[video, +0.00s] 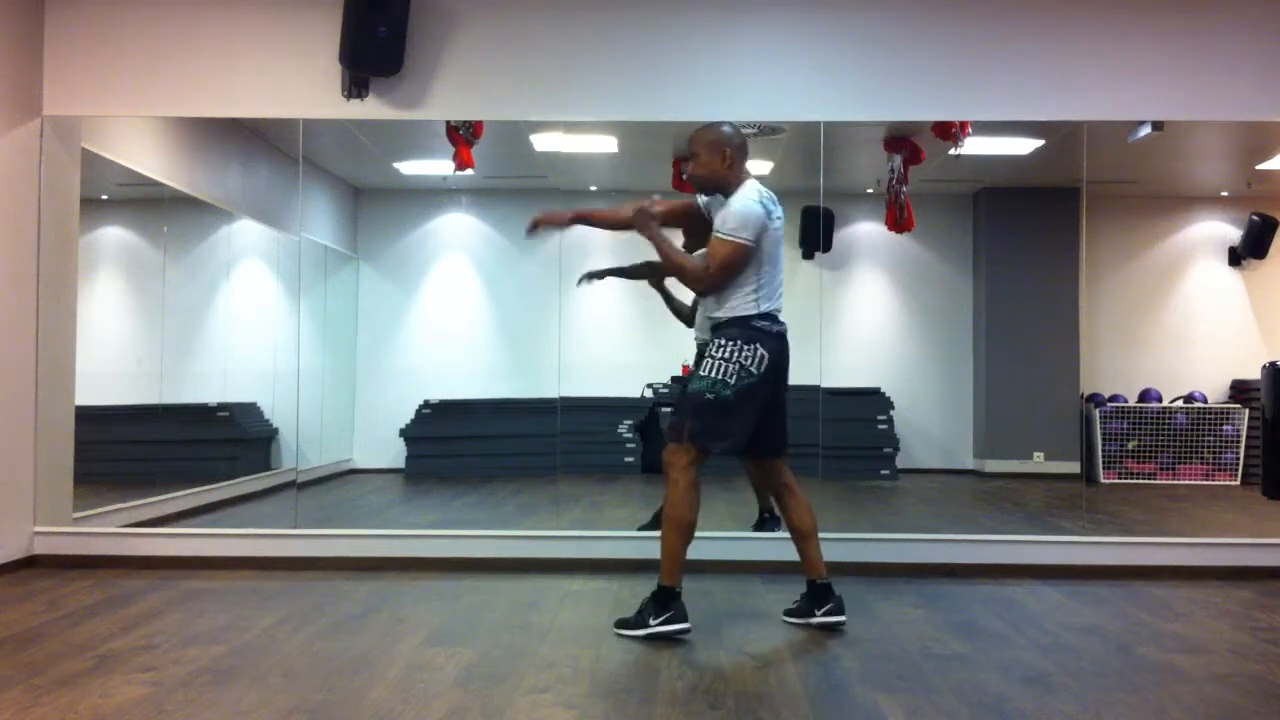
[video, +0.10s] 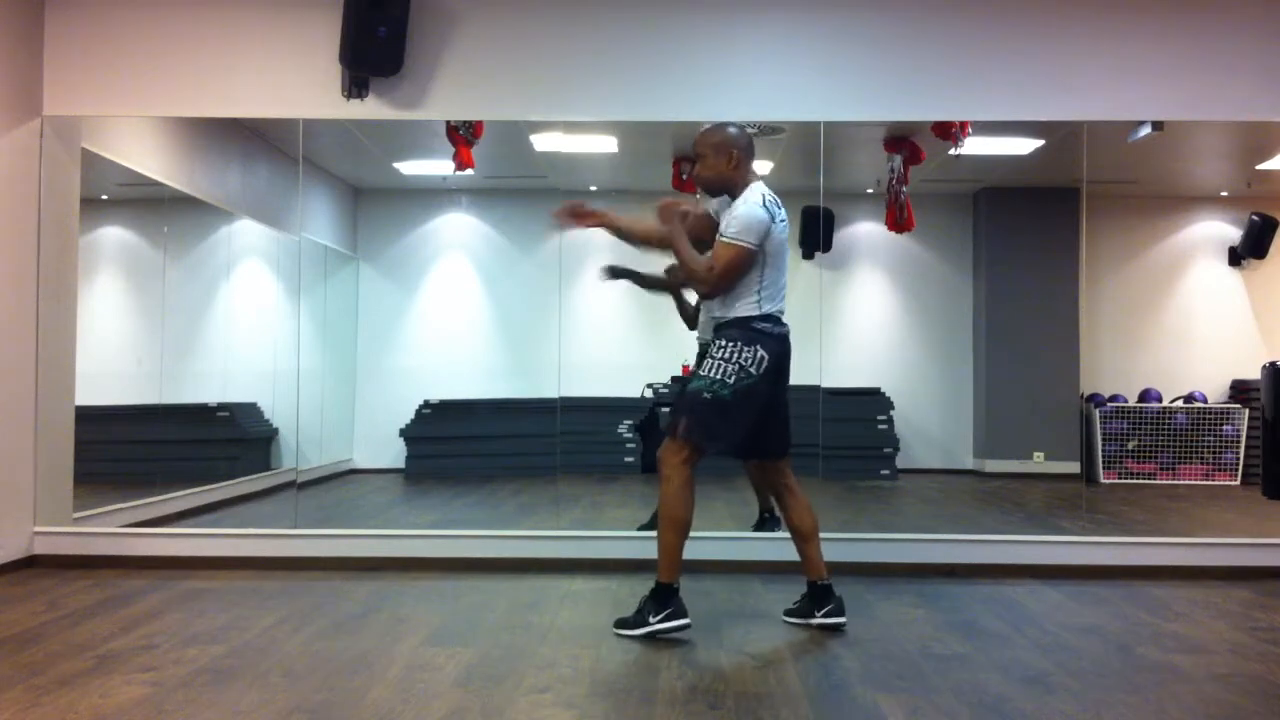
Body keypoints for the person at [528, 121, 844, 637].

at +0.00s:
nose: (688, 170)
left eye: (694, 159)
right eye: (687, 161)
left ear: (726, 158)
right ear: (730, 158)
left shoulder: (746, 205)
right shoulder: (730, 201)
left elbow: (704, 278)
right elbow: (647, 213)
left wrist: (652, 233)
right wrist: (572, 217)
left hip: (738, 344)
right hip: (755, 343)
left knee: (681, 458)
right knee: (773, 469)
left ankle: (666, 599)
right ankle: (821, 592)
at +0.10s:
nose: (694, 171)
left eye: (700, 161)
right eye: (694, 162)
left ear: (732, 160)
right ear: (733, 161)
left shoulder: (753, 205)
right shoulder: (738, 206)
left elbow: (711, 278)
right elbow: (666, 234)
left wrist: (675, 232)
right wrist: (604, 219)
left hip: (740, 344)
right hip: (757, 344)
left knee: (675, 455)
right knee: (774, 473)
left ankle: (665, 597)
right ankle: (821, 592)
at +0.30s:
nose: (692, 166)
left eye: (697, 156)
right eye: (692, 157)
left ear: (725, 153)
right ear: (737, 155)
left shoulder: (724, 197)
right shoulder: (775, 204)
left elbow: (654, 235)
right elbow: (723, 275)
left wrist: (616, 212)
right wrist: (683, 228)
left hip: (726, 345)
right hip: (765, 346)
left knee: (672, 459)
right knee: (777, 470)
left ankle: (667, 599)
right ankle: (818, 590)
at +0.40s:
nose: (691, 168)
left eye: (695, 158)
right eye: (691, 159)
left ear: (720, 156)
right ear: (740, 157)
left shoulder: (711, 198)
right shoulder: (775, 206)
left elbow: (633, 231)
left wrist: (584, 211)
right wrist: (688, 263)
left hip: (724, 344)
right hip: (765, 344)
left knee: (668, 460)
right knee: (768, 470)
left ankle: (665, 599)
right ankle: (805, 583)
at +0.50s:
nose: (692, 170)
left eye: (695, 161)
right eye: (692, 162)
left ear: (718, 157)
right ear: (739, 158)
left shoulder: (719, 202)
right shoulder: (778, 207)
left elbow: (654, 262)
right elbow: (744, 275)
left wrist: (622, 215)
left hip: (724, 347)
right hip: (768, 349)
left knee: (644, 441)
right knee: (771, 471)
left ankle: (649, 580)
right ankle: (806, 591)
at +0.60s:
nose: (697, 171)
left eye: (699, 162)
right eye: (697, 162)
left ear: (719, 158)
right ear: (743, 157)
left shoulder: (715, 202)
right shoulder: (783, 204)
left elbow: (643, 250)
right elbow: (754, 266)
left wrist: (639, 203)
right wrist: (695, 252)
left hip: (718, 346)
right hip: (766, 350)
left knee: (641, 440)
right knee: (774, 472)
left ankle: (629, 578)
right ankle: (804, 591)